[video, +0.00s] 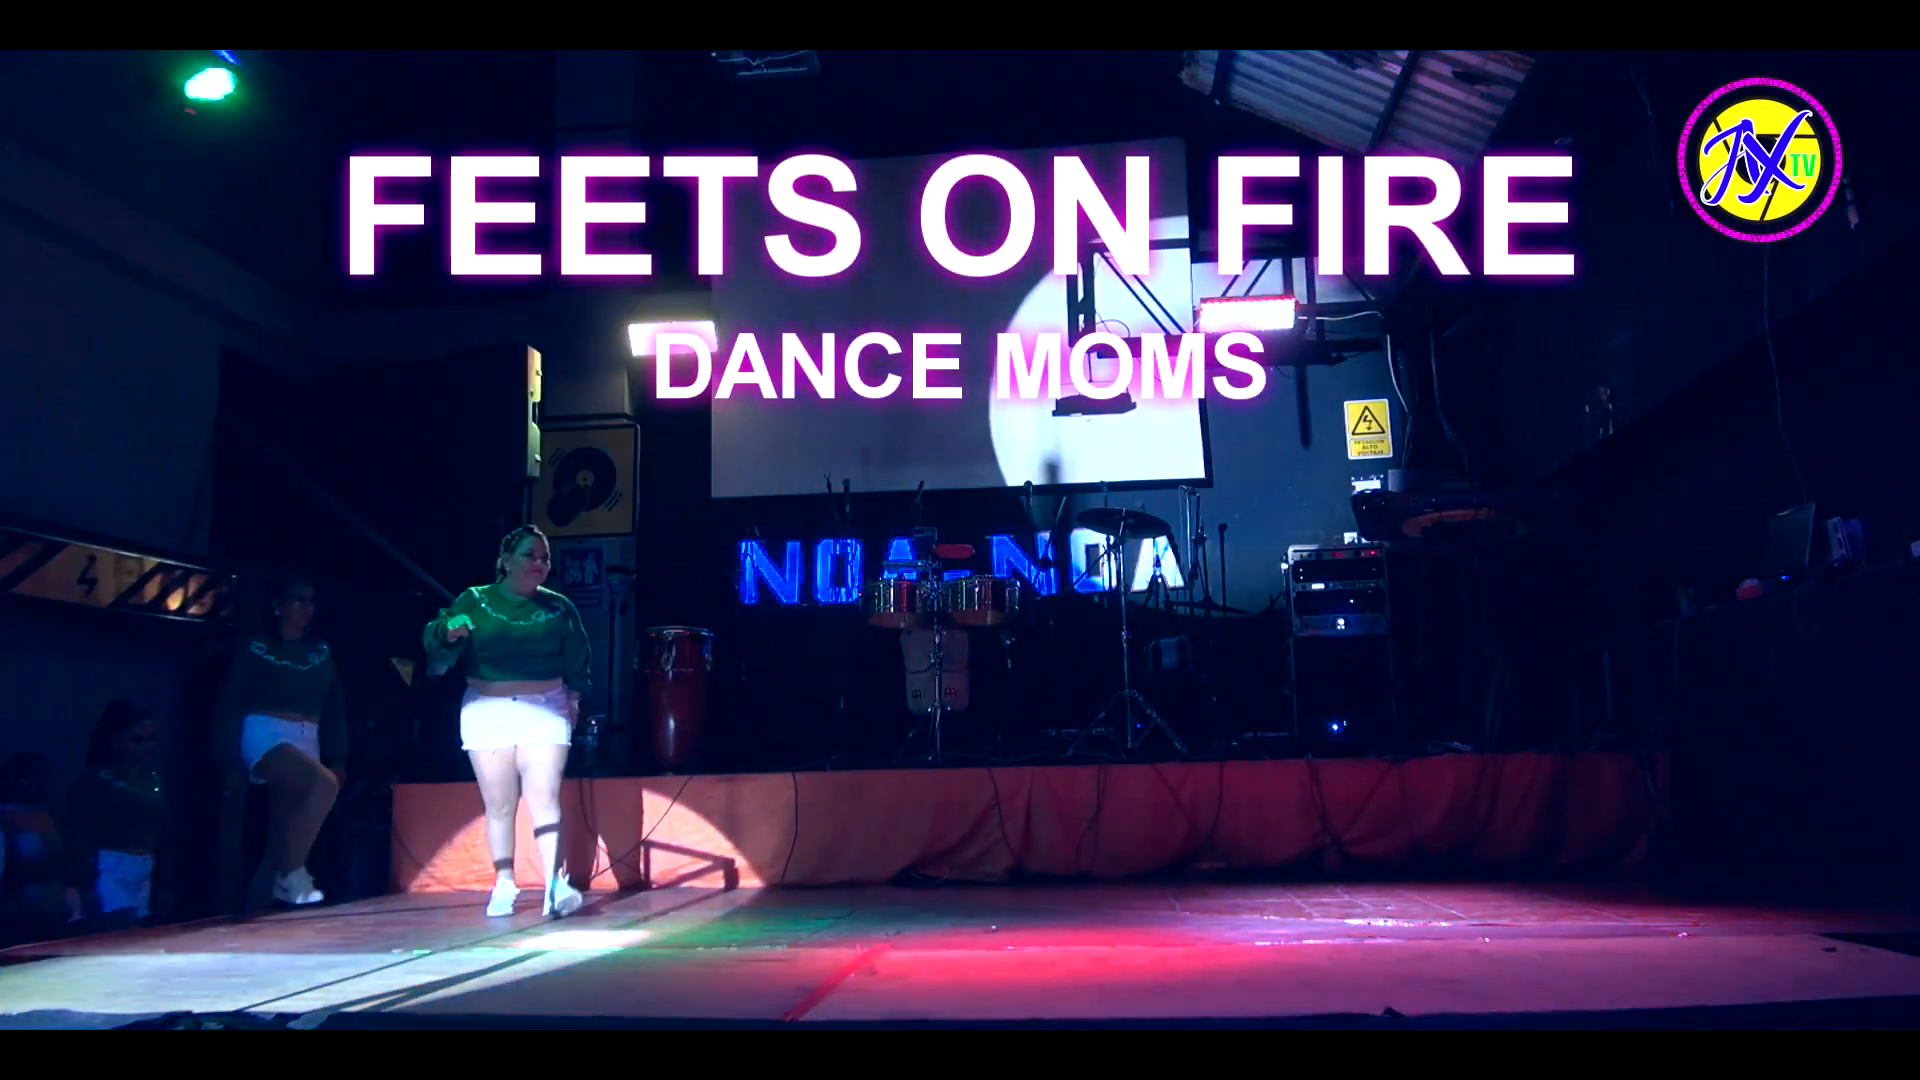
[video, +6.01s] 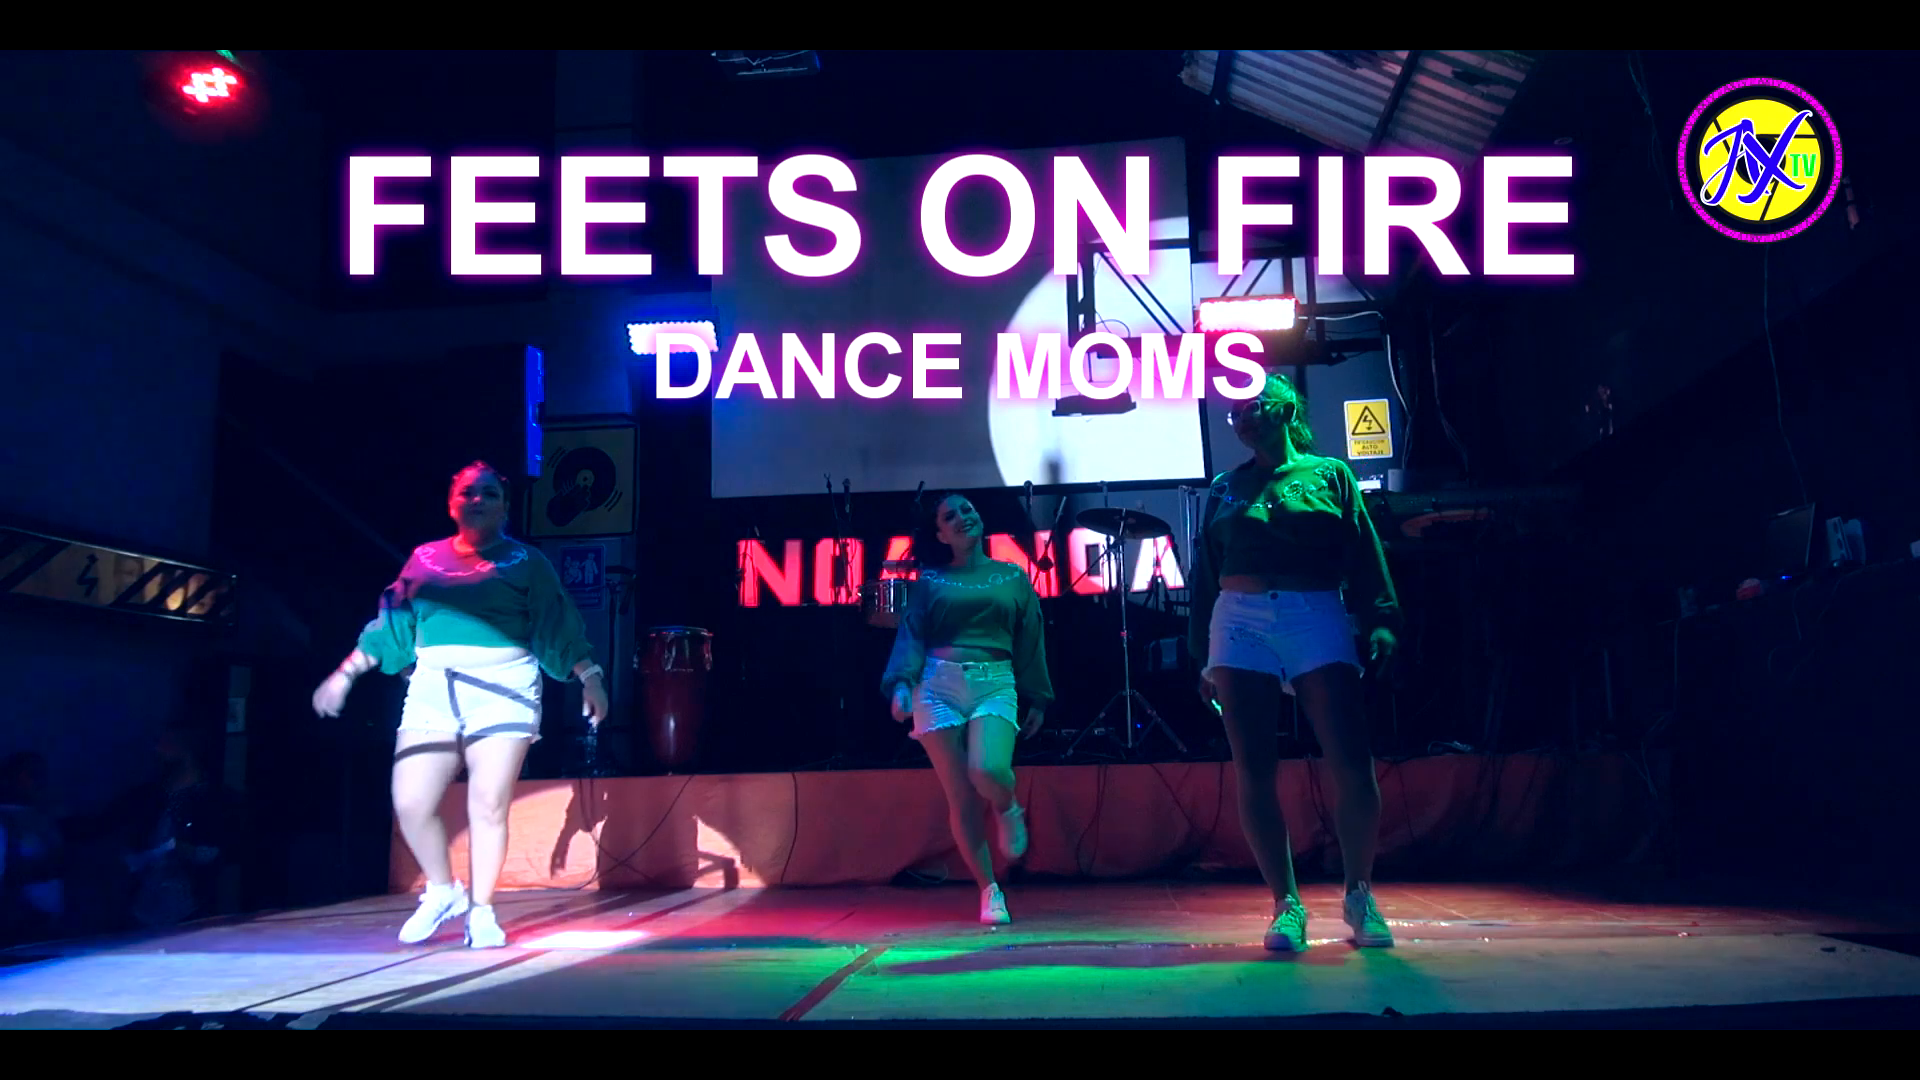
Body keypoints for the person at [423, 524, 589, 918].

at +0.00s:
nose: (540, 564)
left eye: (545, 558)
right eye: (531, 556)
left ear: (549, 563)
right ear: (505, 560)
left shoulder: (559, 607)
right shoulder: (475, 601)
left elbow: (578, 659)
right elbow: (432, 642)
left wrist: (574, 699)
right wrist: (447, 634)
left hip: (545, 707)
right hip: (487, 708)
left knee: (545, 796)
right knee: (499, 803)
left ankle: (555, 884)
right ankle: (504, 883)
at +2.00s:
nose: (462, 495)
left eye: (474, 487)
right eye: (461, 487)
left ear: (508, 496)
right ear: (461, 496)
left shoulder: (545, 558)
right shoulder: (439, 548)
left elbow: (582, 615)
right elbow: (401, 612)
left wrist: (607, 640)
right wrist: (370, 671)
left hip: (500, 684)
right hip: (427, 680)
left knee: (498, 803)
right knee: (433, 804)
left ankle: (506, 911)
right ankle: (417, 918)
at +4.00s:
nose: (487, 502)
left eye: (499, 497)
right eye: (479, 496)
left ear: (520, 511)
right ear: (466, 510)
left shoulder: (539, 556)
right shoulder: (450, 565)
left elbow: (566, 599)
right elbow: (432, 633)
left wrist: (564, 621)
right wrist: (428, 690)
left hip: (525, 680)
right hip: (456, 683)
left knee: (514, 801)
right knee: (427, 788)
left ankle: (514, 908)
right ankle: (453, 886)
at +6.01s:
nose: (477, 499)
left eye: (488, 493)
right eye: (467, 492)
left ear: (505, 506)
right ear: (450, 504)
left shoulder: (526, 564)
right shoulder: (426, 558)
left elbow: (561, 626)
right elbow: (393, 625)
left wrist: (591, 676)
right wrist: (347, 671)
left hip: (503, 685)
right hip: (432, 686)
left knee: (489, 804)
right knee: (411, 802)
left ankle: (483, 910)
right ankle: (442, 891)